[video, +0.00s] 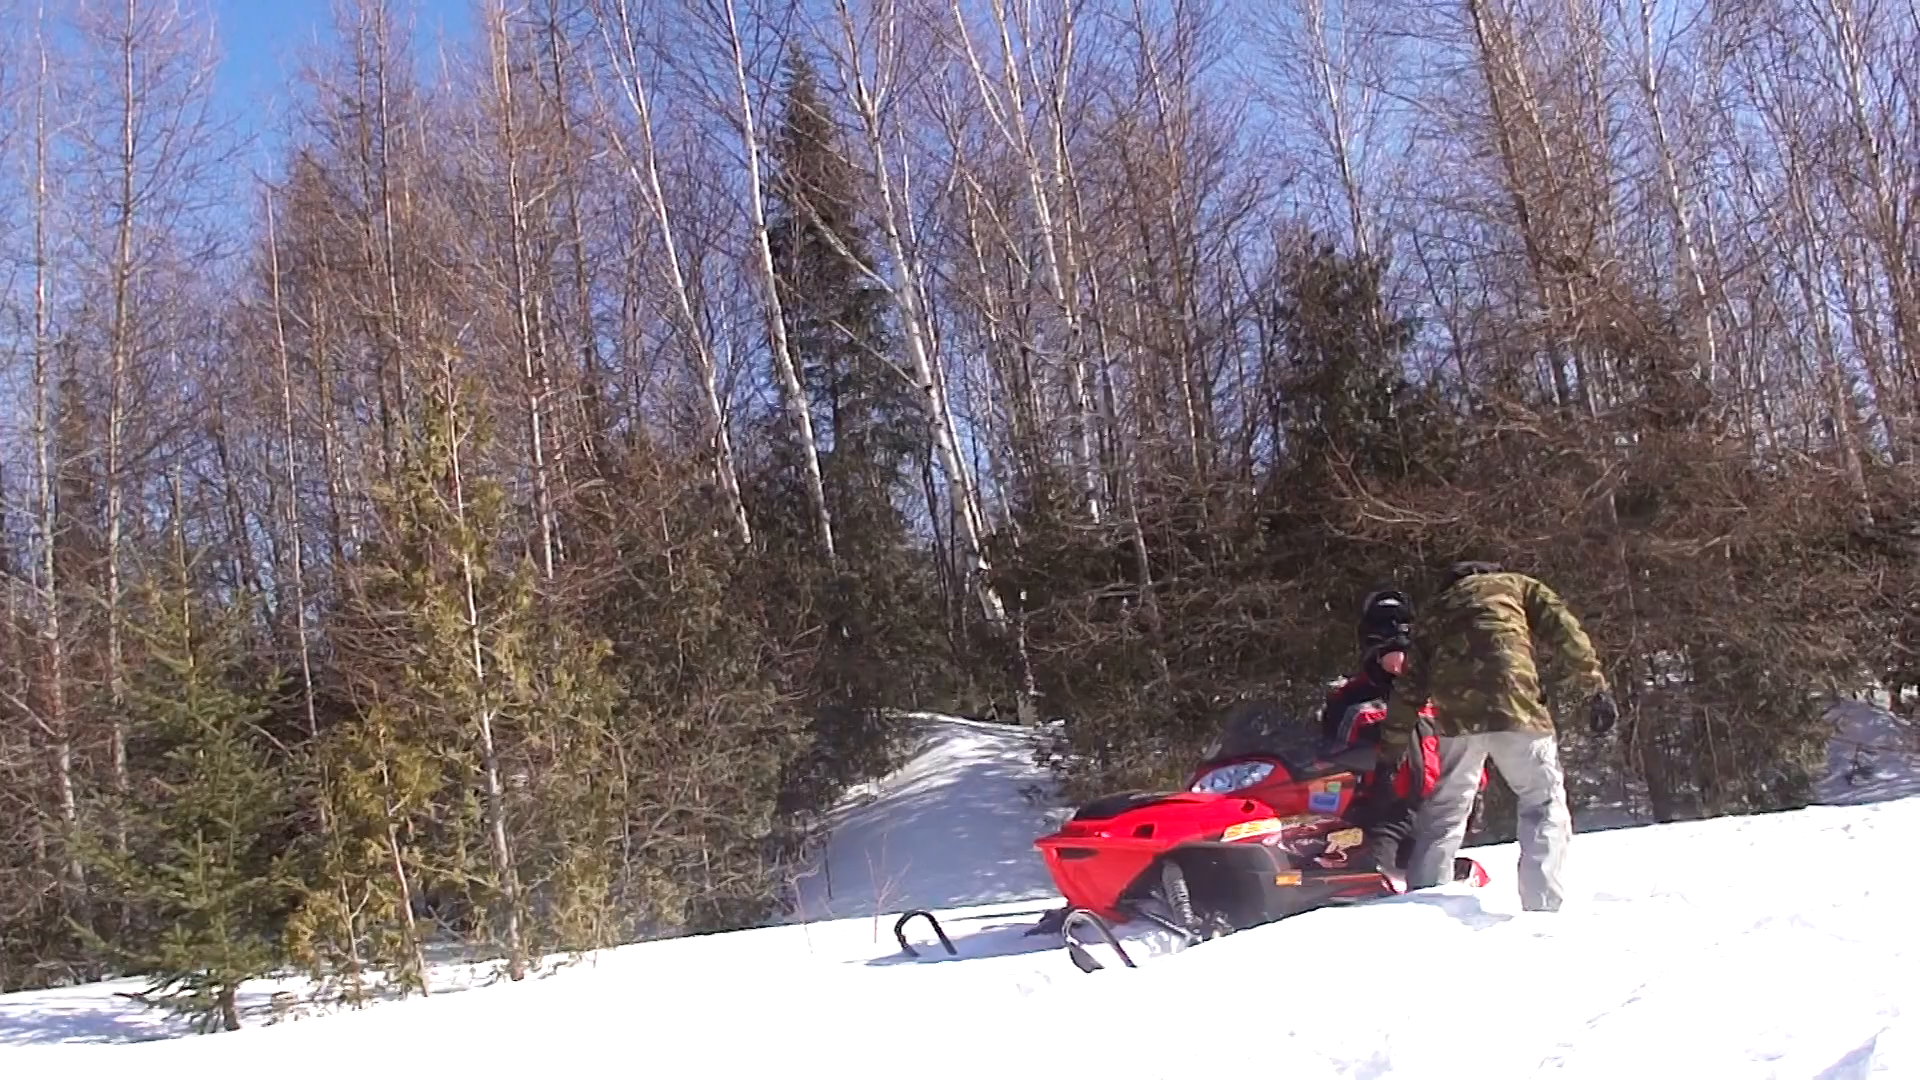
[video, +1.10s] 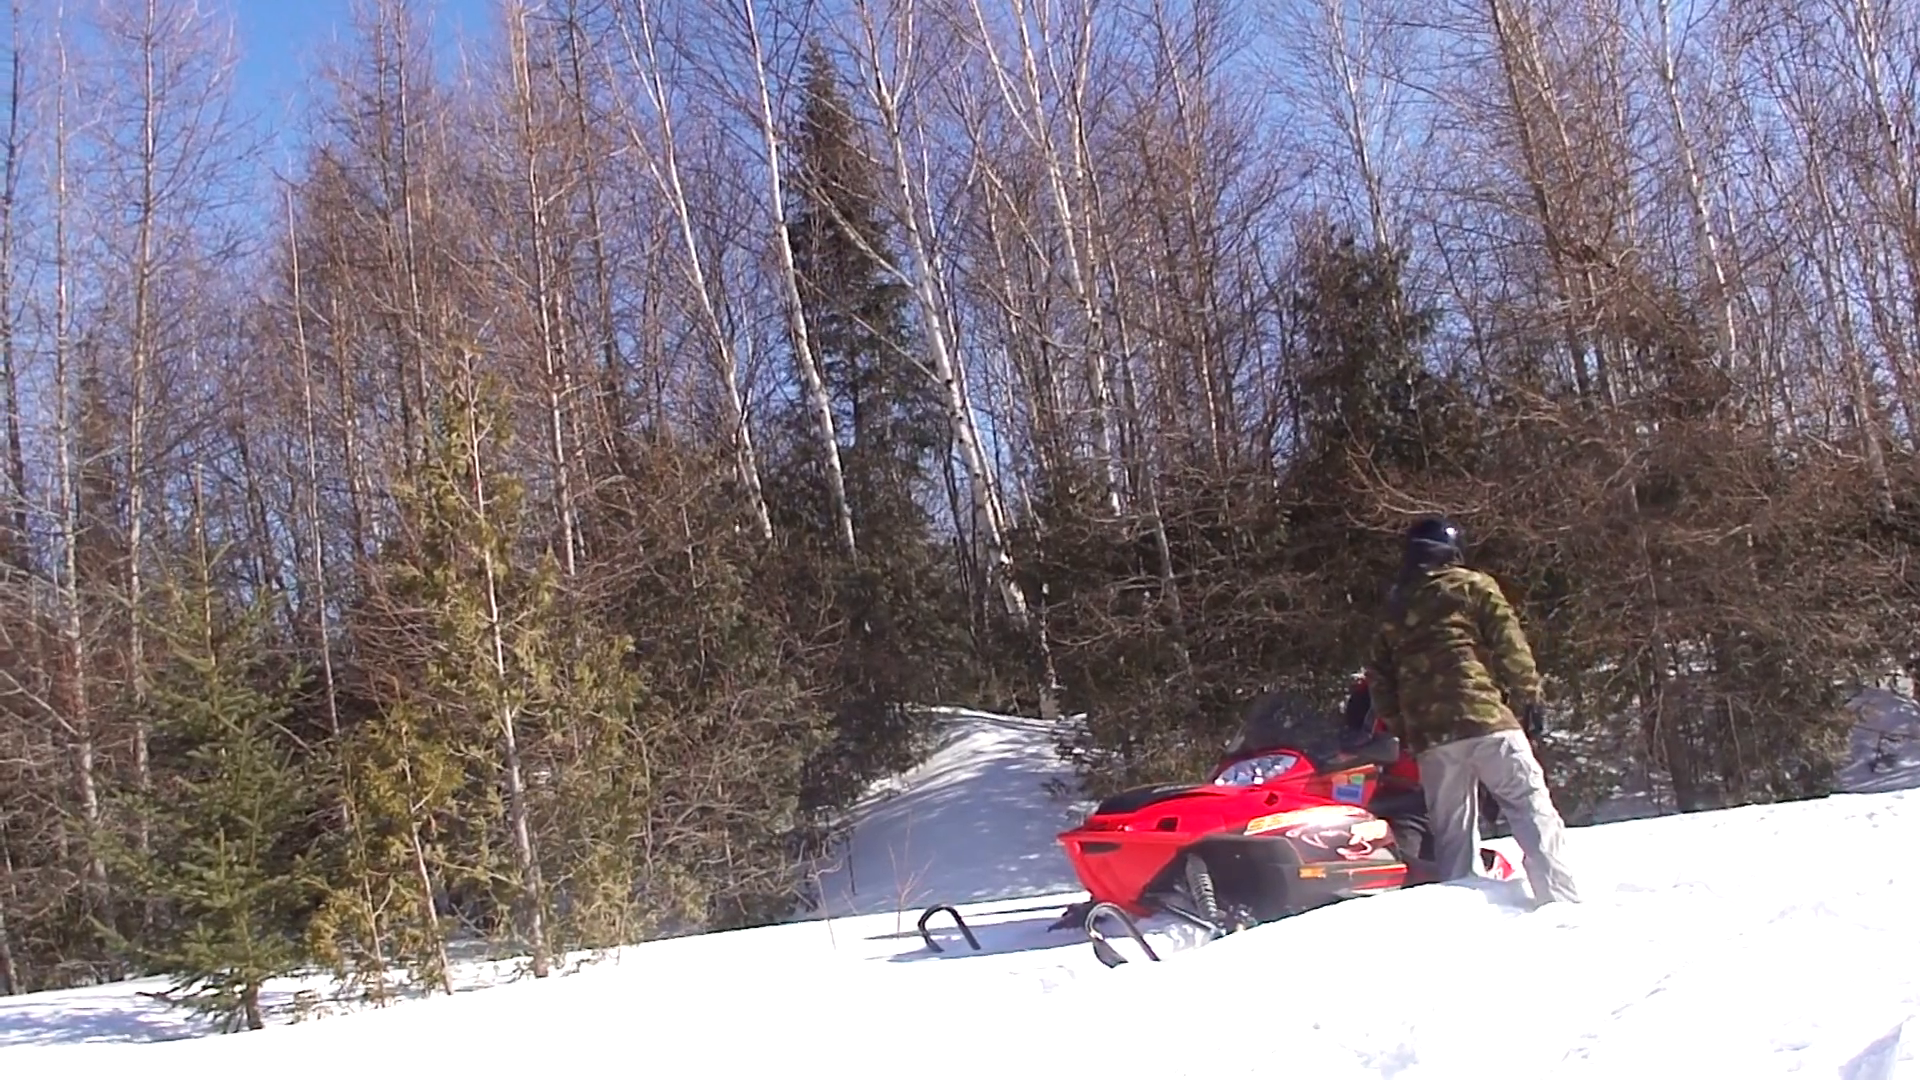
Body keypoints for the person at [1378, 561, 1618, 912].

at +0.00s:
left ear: (1451, 580)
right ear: (1494, 570)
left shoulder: (1433, 607)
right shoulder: (1518, 583)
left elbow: (1408, 684)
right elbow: (1567, 633)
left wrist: (1390, 750)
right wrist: (1596, 689)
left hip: (1455, 715)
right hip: (1516, 710)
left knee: (1446, 805)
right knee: (1542, 800)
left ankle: (1424, 899)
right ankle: (1542, 904)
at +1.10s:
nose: (1460, 556)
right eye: (1457, 550)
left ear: (1411, 555)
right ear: (1453, 550)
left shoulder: (1392, 607)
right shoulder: (1473, 584)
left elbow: (1379, 678)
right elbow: (1507, 640)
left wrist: (1401, 726)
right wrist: (1530, 696)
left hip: (1429, 729)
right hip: (1485, 716)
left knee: (1450, 829)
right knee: (1529, 804)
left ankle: (1455, 913)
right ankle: (1560, 899)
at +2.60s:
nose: (1403, 536)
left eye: (1399, 530)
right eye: (1399, 529)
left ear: (1350, 536)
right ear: (1391, 531)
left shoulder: (1333, 592)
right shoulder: (1411, 570)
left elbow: (1330, 664)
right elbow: (1448, 632)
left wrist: (1346, 707)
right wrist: (1477, 683)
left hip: (1375, 721)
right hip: (1430, 706)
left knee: (1399, 822)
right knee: (1476, 786)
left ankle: (1410, 898)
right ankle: (1508, 877)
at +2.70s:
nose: (1409, 559)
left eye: (1406, 554)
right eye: (1405, 553)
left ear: (1358, 559)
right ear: (1398, 555)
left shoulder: (1342, 613)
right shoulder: (1418, 591)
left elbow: (1338, 684)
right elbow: (1455, 652)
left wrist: (1352, 727)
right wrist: (1484, 703)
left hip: (1383, 743)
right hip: (1438, 728)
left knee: (1408, 844)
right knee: (1484, 808)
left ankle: (1419, 920)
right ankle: (1516, 898)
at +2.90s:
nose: (1418, 556)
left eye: (1414, 551)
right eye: (1414, 550)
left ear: (1366, 557)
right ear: (1406, 552)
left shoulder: (1350, 609)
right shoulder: (1425, 589)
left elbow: (1346, 680)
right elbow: (1461, 650)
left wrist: (1361, 725)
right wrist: (1491, 701)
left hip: (1390, 738)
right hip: (1444, 725)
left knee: (1413, 838)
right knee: (1490, 805)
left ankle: (1422, 916)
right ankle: (1521, 895)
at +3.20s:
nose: (1426, 546)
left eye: (1422, 540)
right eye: (1422, 539)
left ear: (1373, 545)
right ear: (1414, 541)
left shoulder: (1356, 599)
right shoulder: (1430, 579)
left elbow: (1351, 670)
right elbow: (1465, 639)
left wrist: (1365, 713)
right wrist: (1495, 690)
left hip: (1393, 727)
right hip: (1445, 714)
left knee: (1418, 827)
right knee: (1493, 793)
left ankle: (1427, 904)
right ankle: (1524, 882)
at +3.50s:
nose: (1429, 538)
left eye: (1426, 532)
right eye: (1424, 532)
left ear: (1377, 538)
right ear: (1416, 534)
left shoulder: (1359, 591)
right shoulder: (1433, 572)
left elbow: (1354, 663)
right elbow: (1467, 633)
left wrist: (1368, 708)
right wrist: (1497, 684)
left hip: (1395, 720)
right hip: (1447, 708)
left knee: (1420, 819)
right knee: (1494, 788)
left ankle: (1430, 897)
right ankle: (1526, 876)